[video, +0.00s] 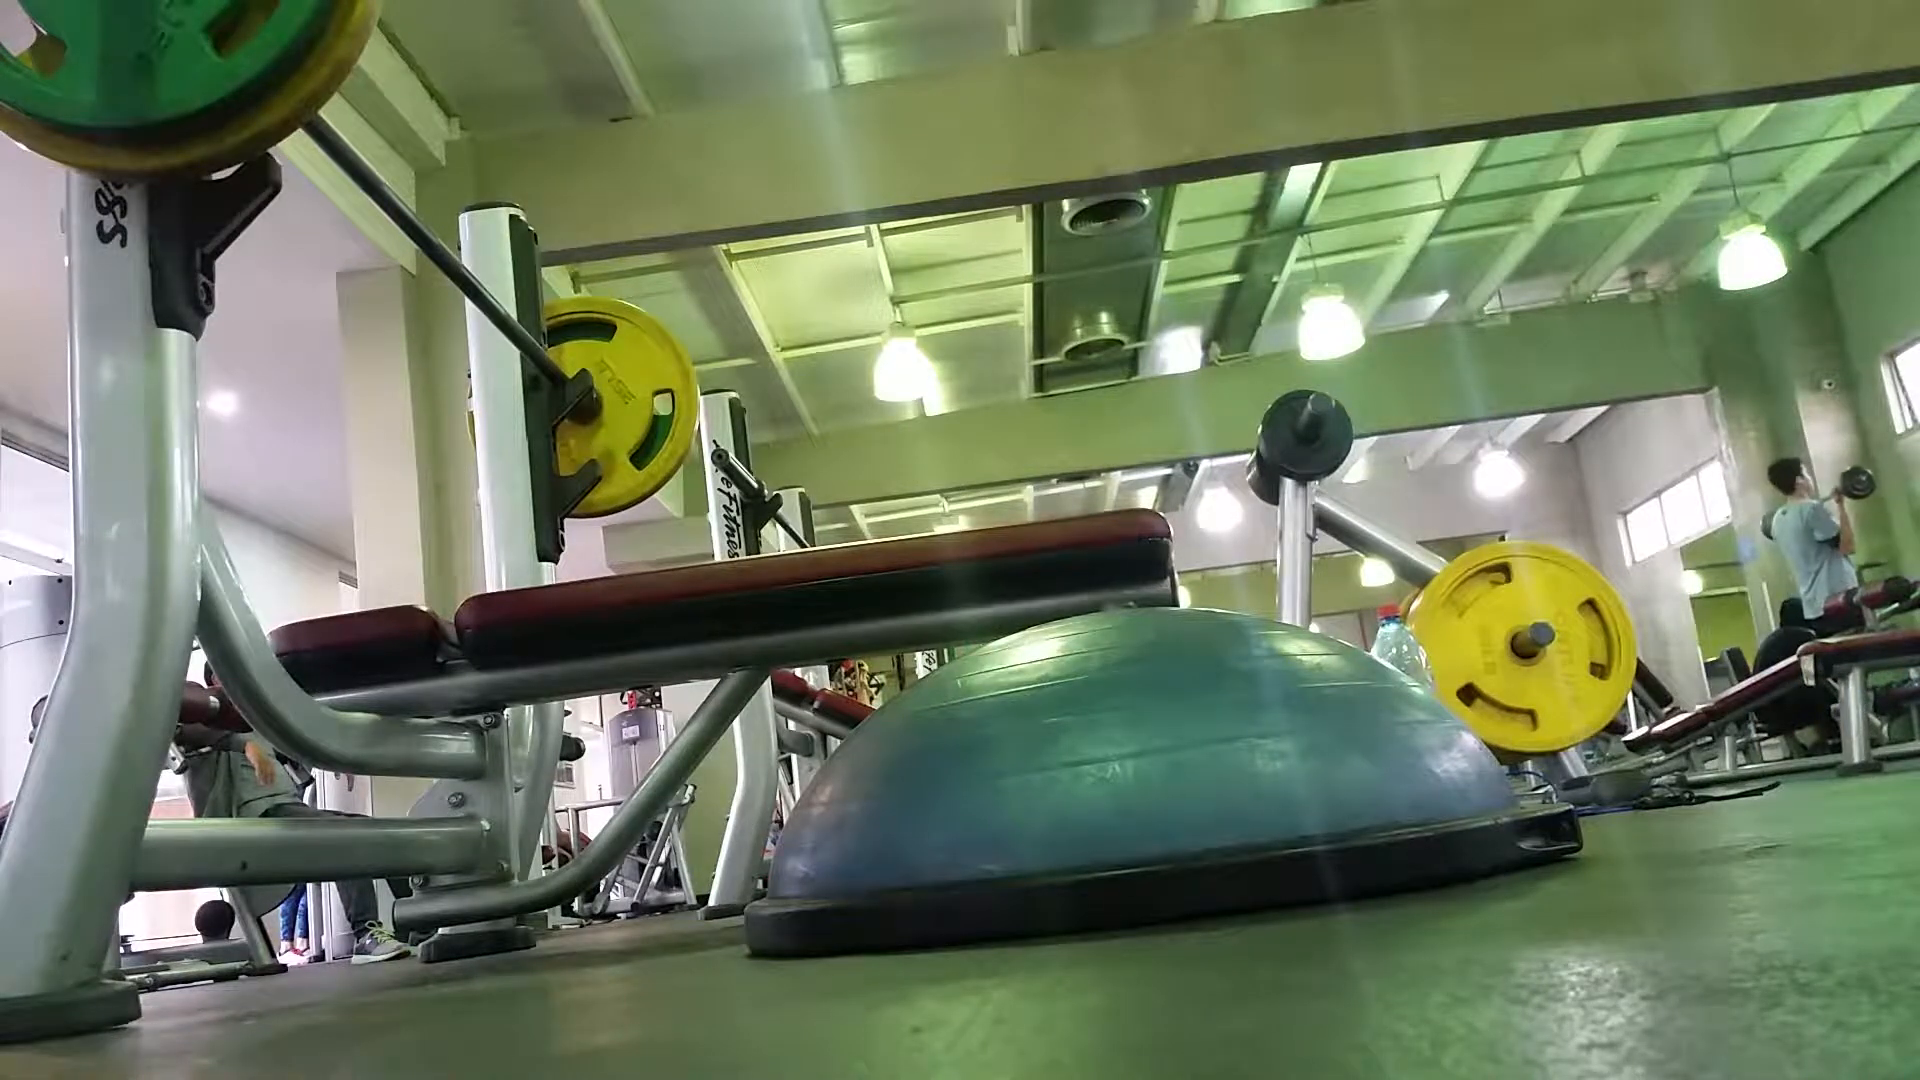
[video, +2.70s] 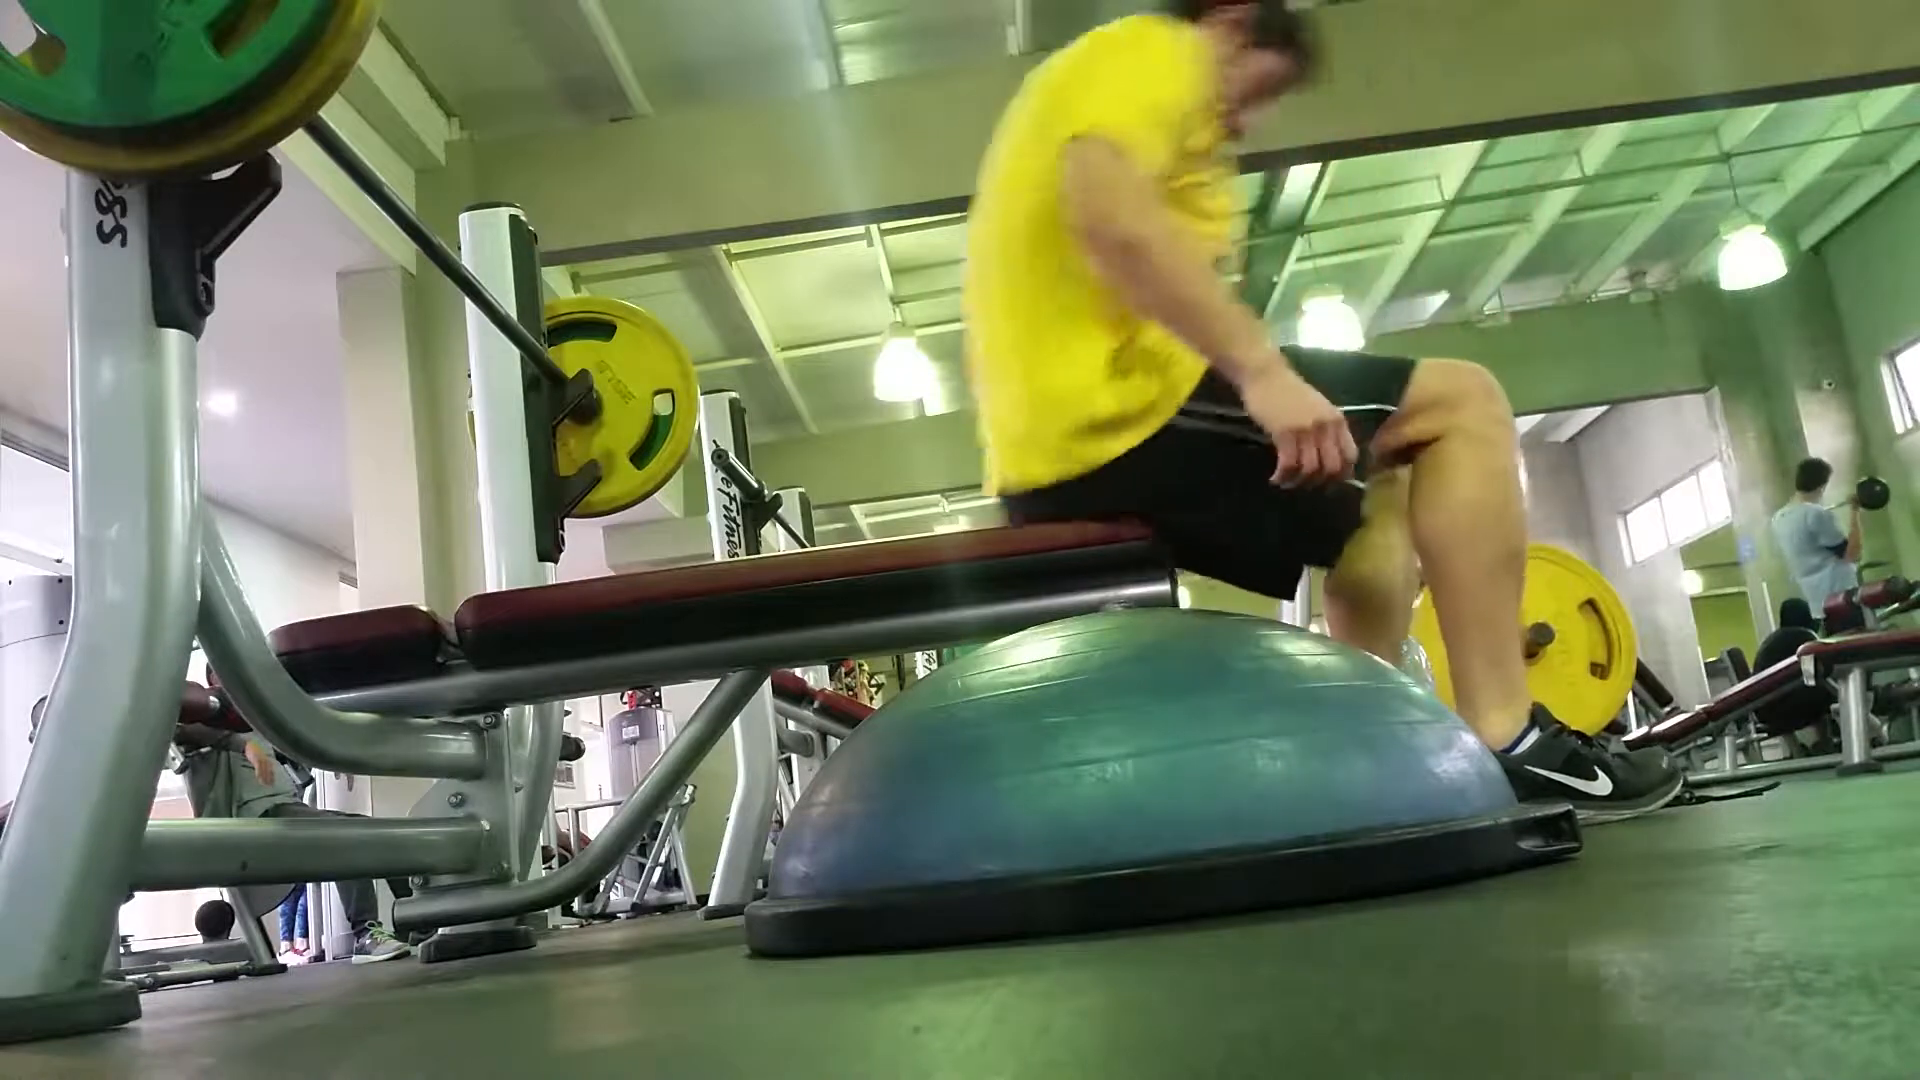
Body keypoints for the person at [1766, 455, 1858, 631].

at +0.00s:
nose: (1811, 478)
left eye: (1808, 473)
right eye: (1807, 474)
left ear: (1782, 487)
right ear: (1798, 481)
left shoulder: (1778, 519)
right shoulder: (1812, 510)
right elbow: (1847, 546)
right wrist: (1841, 505)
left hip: (1813, 608)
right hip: (1839, 602)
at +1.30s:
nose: (1810, 477)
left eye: (1807, 472)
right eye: (1806, 472)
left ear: (1781, 484)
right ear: (1797, 478)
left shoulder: (1775, 517)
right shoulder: (1806, 509)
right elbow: (1832, 551)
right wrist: (1847, 512)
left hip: (1807, 606)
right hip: (1834, 599)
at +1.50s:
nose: (1810, 477)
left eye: (1806, 472)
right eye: (1804, 473)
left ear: (1781, 488)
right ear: (1798, 481)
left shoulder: (1775, 520)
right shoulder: (1806, 506)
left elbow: (1781, 564)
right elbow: (1815, 555)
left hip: (1808, 610)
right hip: (1835, 602)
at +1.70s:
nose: (1814, 477)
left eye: (1811, 472)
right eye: (1809, 473)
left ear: (1786, 488)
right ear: (1803, 480)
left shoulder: (1782, 520)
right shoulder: (1813, 506)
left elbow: (1785, 571)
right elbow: (1815, 553)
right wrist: (1862, 559)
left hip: (1812, 611)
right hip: (1838, 604)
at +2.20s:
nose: (1814, 480)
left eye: (1812, 475)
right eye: (1812, 475)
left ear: (1786, 483)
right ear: (1807, 479)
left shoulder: (1780, 518)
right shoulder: (1808, 510)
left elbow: (1785, 562)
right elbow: (1822, 560)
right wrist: (1867, 557)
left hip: (1813, 610)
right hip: (1837, 607)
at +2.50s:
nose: (1816, 492)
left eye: (1816, 486)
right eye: (1815, 487)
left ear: (1787, 485)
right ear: (1808, 488)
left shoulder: (1773, 520)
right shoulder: (1807, 519)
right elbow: (1838, 558)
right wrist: (1856, 537)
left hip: (1815, 606)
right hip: (1840, 603)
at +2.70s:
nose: (1825, 489)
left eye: (1825, 484)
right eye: (1825, 484)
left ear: (1798, 481)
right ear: (1821, 487)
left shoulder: (1778, 519)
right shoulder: (1816, 515)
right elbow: (1852, 554)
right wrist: (1855, 511)